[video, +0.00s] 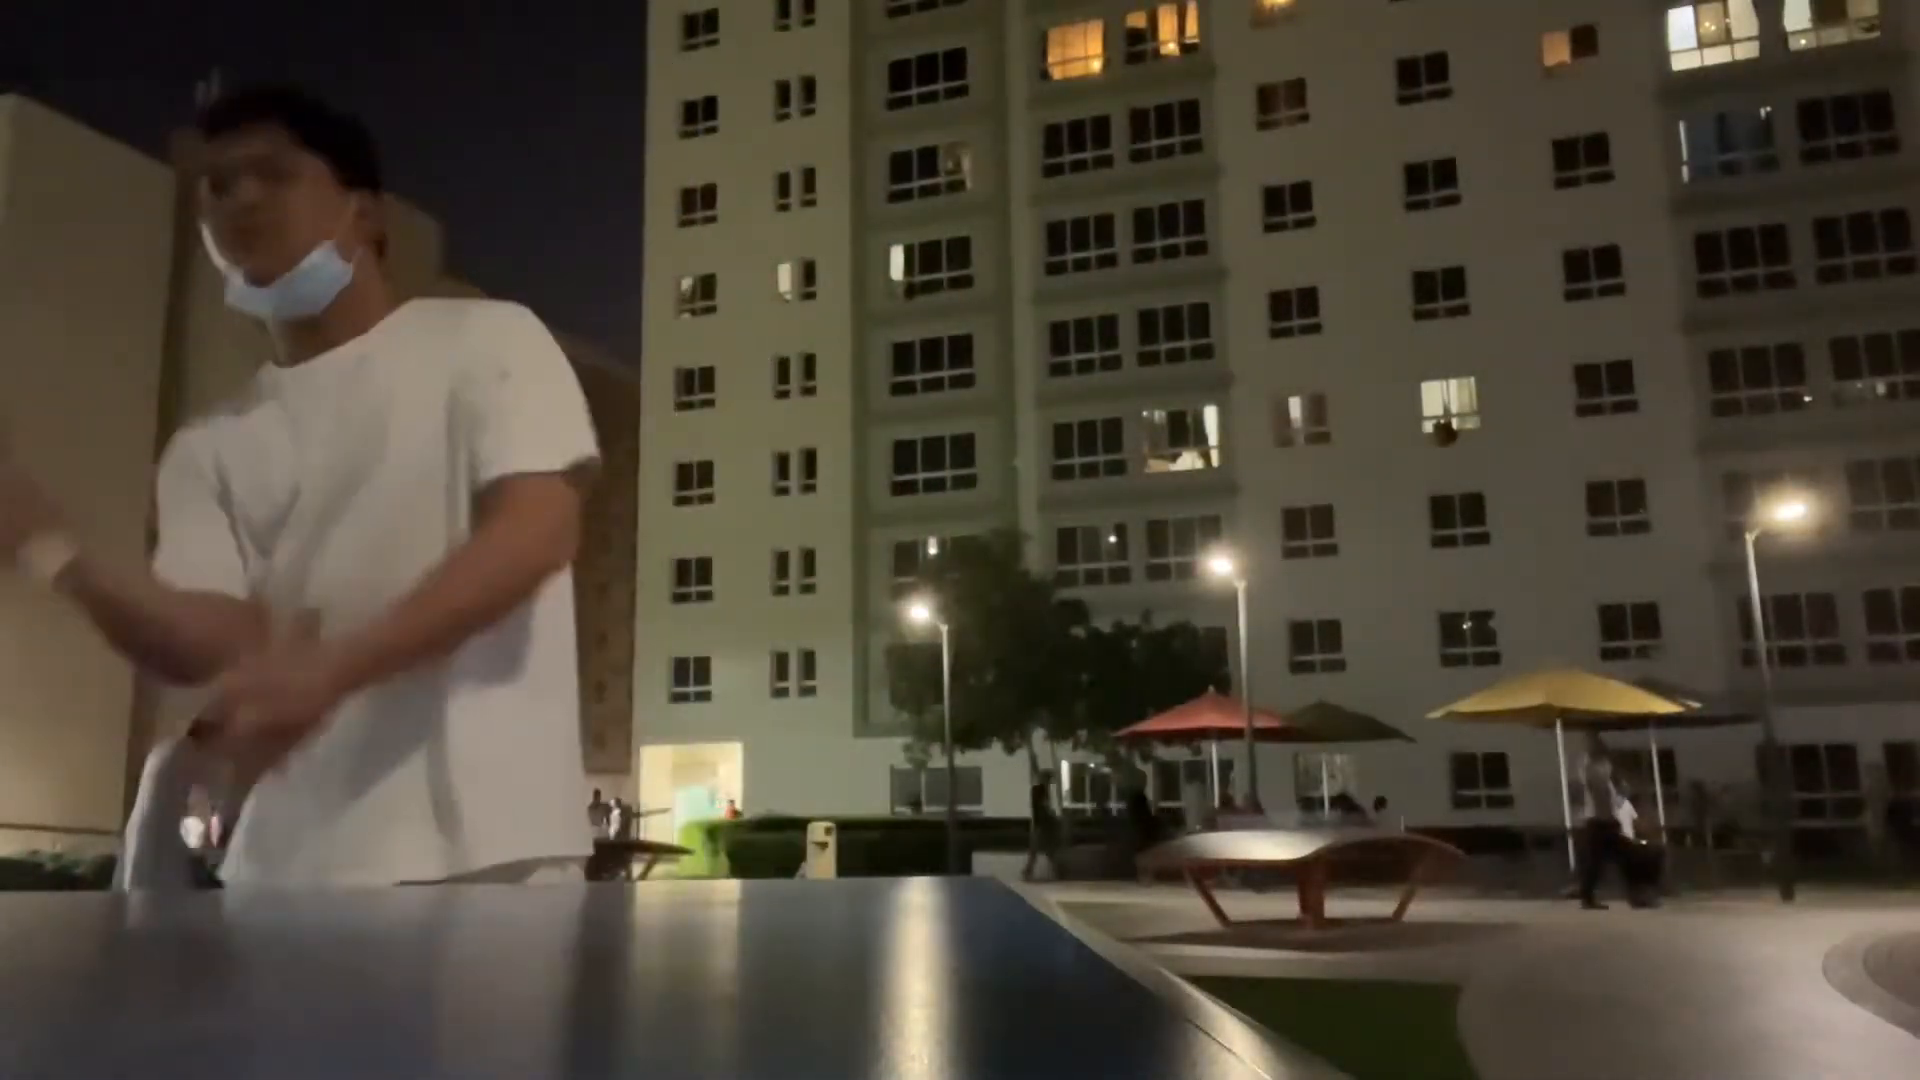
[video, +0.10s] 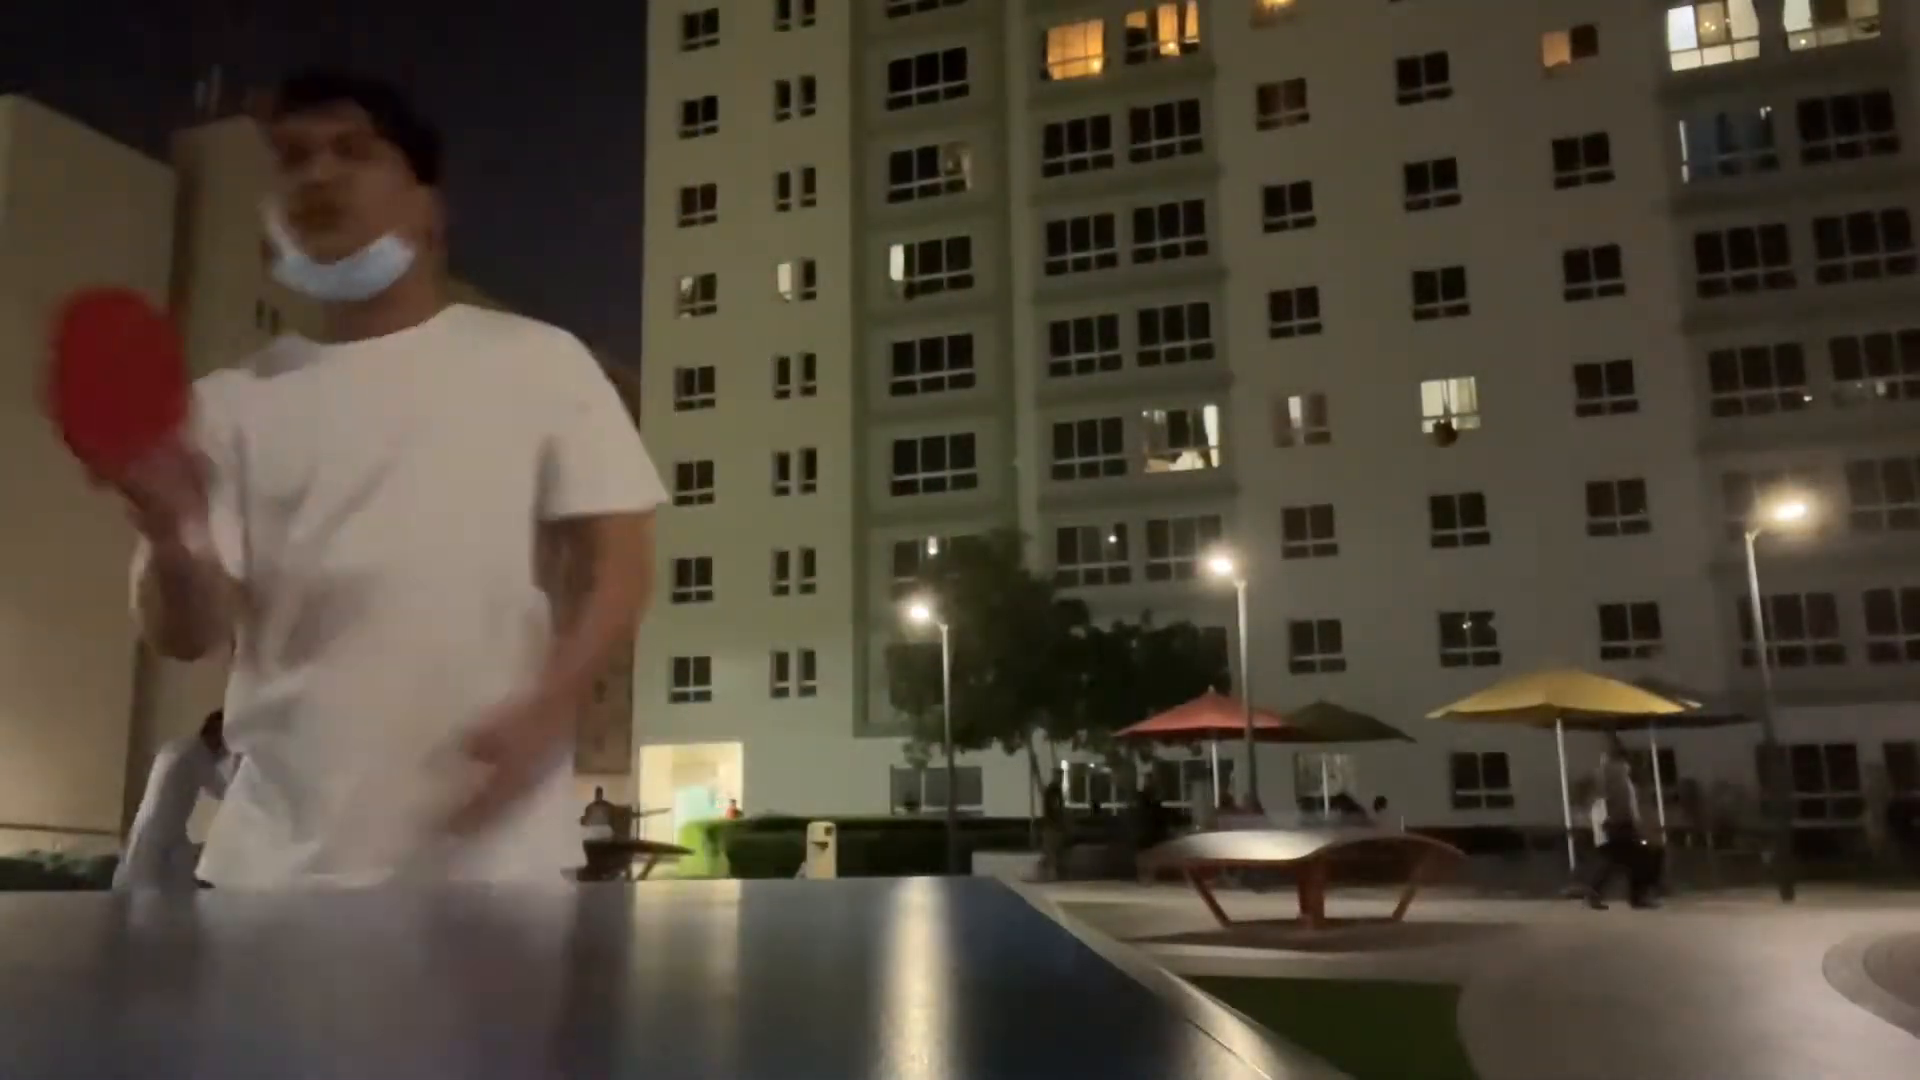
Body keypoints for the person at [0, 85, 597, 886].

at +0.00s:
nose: (242, 202)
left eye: (273, 172)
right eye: (218, 187)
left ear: (363, 213)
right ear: (206, 232)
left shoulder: (488, 341)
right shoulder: (208, 451)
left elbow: (538, 529)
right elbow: (210, 645)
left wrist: (328, 672)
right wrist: (54, 549)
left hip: (486, 867)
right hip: (288, 881)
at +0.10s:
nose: (318, 178)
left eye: (352, 151)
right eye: (292, 157)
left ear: (426, 202)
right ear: (270, 208)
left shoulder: (539, 368)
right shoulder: (226, 406)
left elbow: (624, 567)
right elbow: (189, 640)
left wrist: (547, 713)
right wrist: (170, 535)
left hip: (492, 854)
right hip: (283, 857)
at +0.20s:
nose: (397, 166)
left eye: (429, 144)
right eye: (370, 146)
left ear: (492, 197)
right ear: (340, 190)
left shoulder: (595, 382)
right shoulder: (264, 391)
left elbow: (677, 597)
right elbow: (226, 622)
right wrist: (198, 591)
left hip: (524, 864)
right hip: (303, 866)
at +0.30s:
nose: (414, 161)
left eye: (449, 142)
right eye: (387, 138)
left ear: (506, 201)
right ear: (351, 187)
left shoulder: (603, 378)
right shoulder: (272, 387)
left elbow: (684, 587)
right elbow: (205, 606)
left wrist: (714, 785)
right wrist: (201, 607)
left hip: (543, 861)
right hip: (324, 863)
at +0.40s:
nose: (445, 163)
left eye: (479, 142)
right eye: (417, 138)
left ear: (539, 199)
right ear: (379, 183)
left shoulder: (630, 380)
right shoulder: (299, 389)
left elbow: (713, 600)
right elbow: (181, 599)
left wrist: (734, 791)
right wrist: (236, 614)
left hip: (576, 861)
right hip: (354, 862)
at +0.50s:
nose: (466, 196)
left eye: (503, 168)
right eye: (443, 169)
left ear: (580, 219)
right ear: (417, 204)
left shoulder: (679, 398)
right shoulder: (350, 411)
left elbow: (770, 619)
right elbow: (186, 629)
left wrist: (760, 815)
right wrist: (272, 629)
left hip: (616, 860)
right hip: (394, 852)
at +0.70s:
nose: (191, 191)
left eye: (236, 162)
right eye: (169, 159)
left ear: (337, 201)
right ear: (143, 183)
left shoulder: (458, 387)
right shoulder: (95, 387)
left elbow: (608, 610)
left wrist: (651, 803)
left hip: (480, 859)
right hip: (240, 872)